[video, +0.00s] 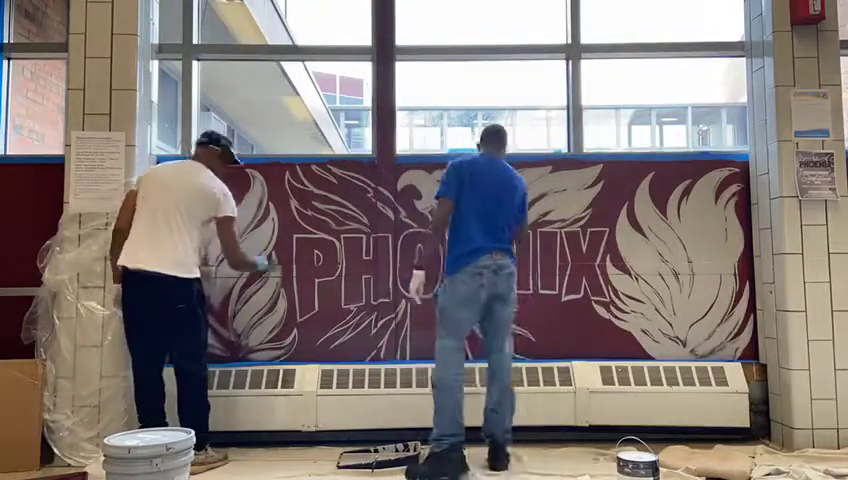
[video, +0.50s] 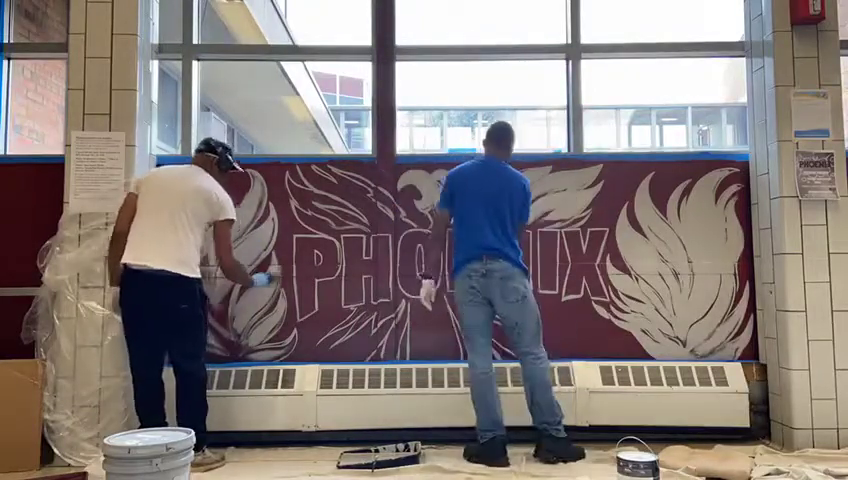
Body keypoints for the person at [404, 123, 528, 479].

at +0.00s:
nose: (488, 149)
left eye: (484, 144)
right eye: (497, 145)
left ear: (479, 144)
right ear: (505, 148)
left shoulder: (461, 166)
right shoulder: (517, 181)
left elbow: (442, 214)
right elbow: (518, 232)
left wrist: (439, 237)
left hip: (466, 265)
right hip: (505, 268)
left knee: (450, 345)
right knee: (499, 351)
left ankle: (448, 443)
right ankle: (499, 445)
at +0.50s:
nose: (497, 152)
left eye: (490, 144)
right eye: (505, 148)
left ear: (483, 144)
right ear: (512, 149)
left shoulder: (458, 175)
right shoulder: (520, 182)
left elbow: (440, 222)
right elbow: (519, 228)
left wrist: (457, 199)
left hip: (467, 272)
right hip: (507, 271)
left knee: (479, 355)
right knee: (532, 353)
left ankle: (492, 443)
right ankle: (552, 437)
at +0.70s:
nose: (538, 147)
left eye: (530, 138)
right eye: (544, 142)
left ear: (520, 140)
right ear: (547, 144)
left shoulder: (494, 175)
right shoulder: (559, 178)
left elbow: (478, 222)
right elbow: (560, 220)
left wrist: (485, 247)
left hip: (505, 272)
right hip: (546, 271)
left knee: (498, 354)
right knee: (553, 355)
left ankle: (493, 443)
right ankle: (562, 443)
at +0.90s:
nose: (569, 147)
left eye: (560, 139)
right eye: (577, 142)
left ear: (553, 140)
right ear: (581, 144)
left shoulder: (528, 173)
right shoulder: (592, 182)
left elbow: (510, 225)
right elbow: (592, 227)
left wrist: (498, 271)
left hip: (531, 273)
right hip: (573, 273)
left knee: (514, 355)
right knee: (567, 357)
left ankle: (506, 438)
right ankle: (563, 441)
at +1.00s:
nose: (478, 131)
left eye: (476, 124)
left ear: (477, 125)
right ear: (508, 123)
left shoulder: (465, 159)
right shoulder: (535, 161)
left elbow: (447, 216)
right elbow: (558, 220)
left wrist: (446, 266)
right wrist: (543, 241)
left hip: (475, 267)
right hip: (522, 266)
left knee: (449, 363)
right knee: (526, 369)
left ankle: (431, 459)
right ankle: (531, 466)